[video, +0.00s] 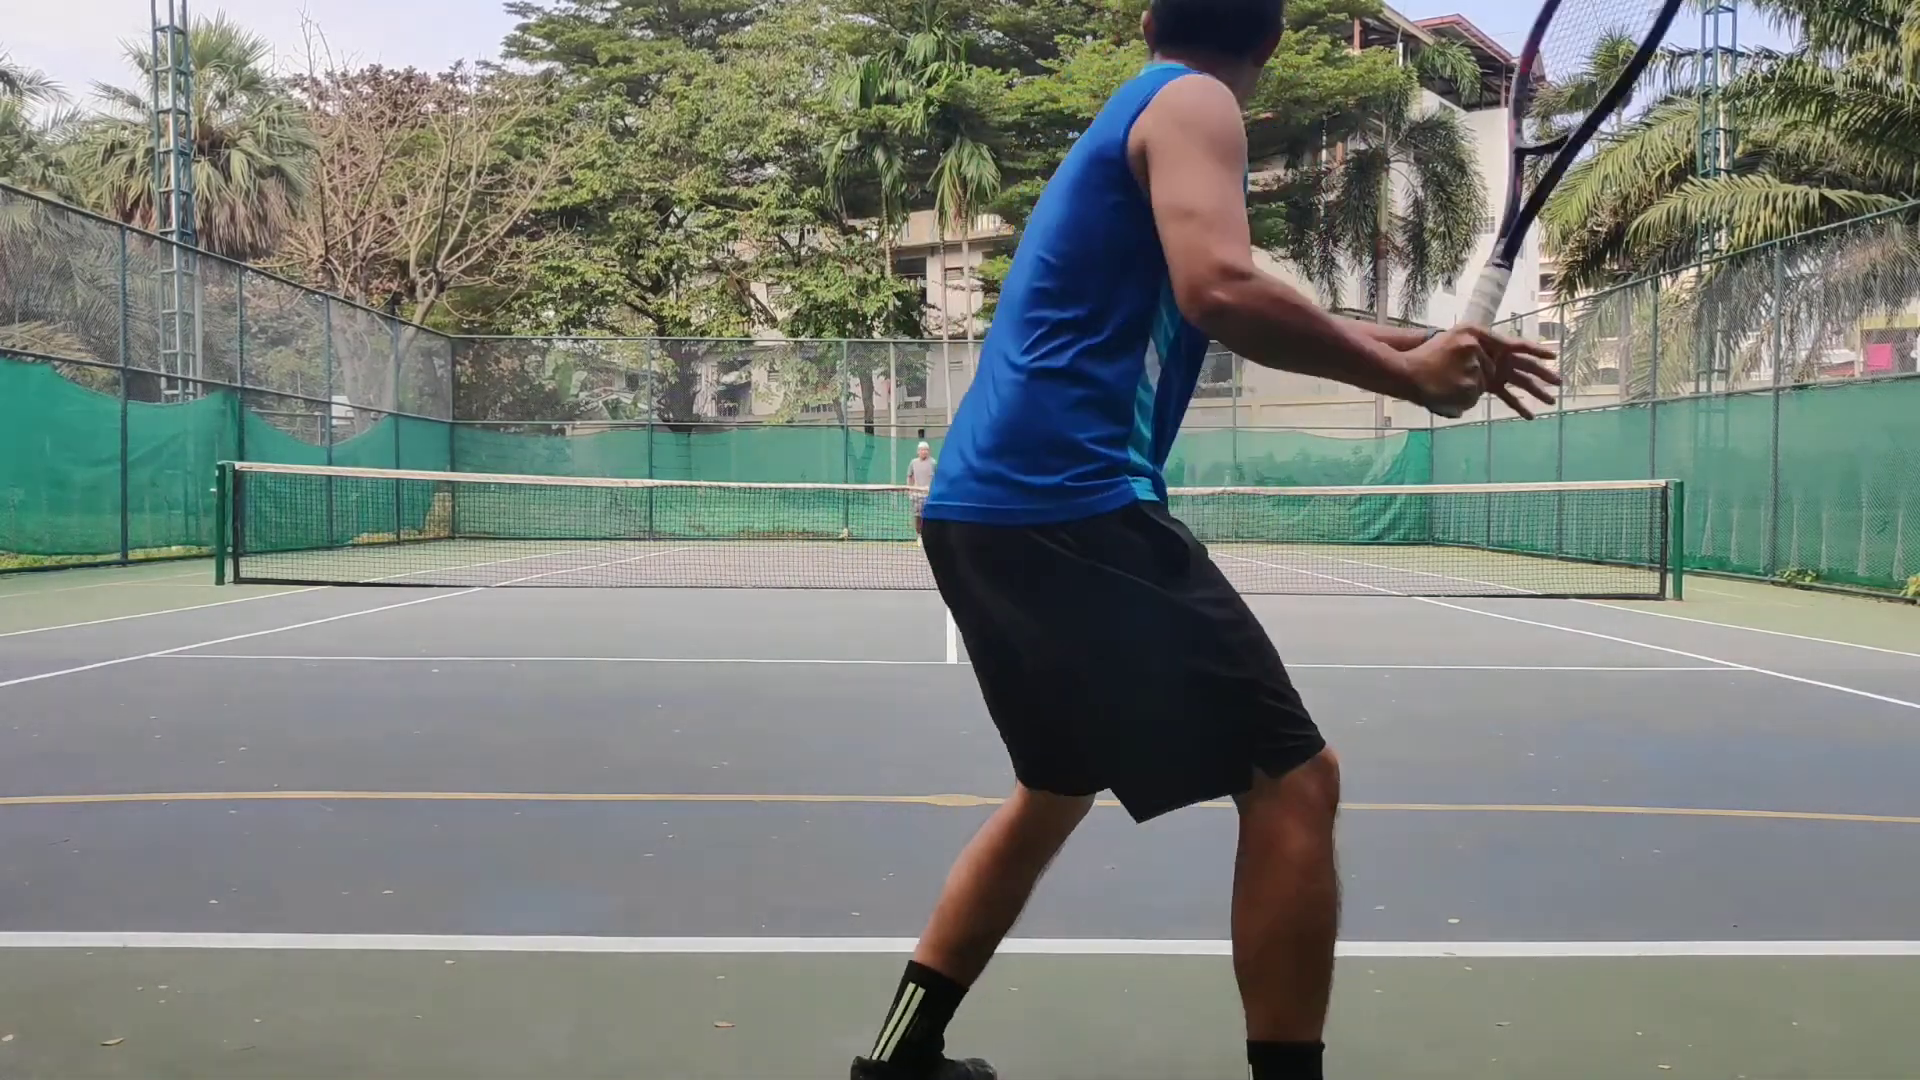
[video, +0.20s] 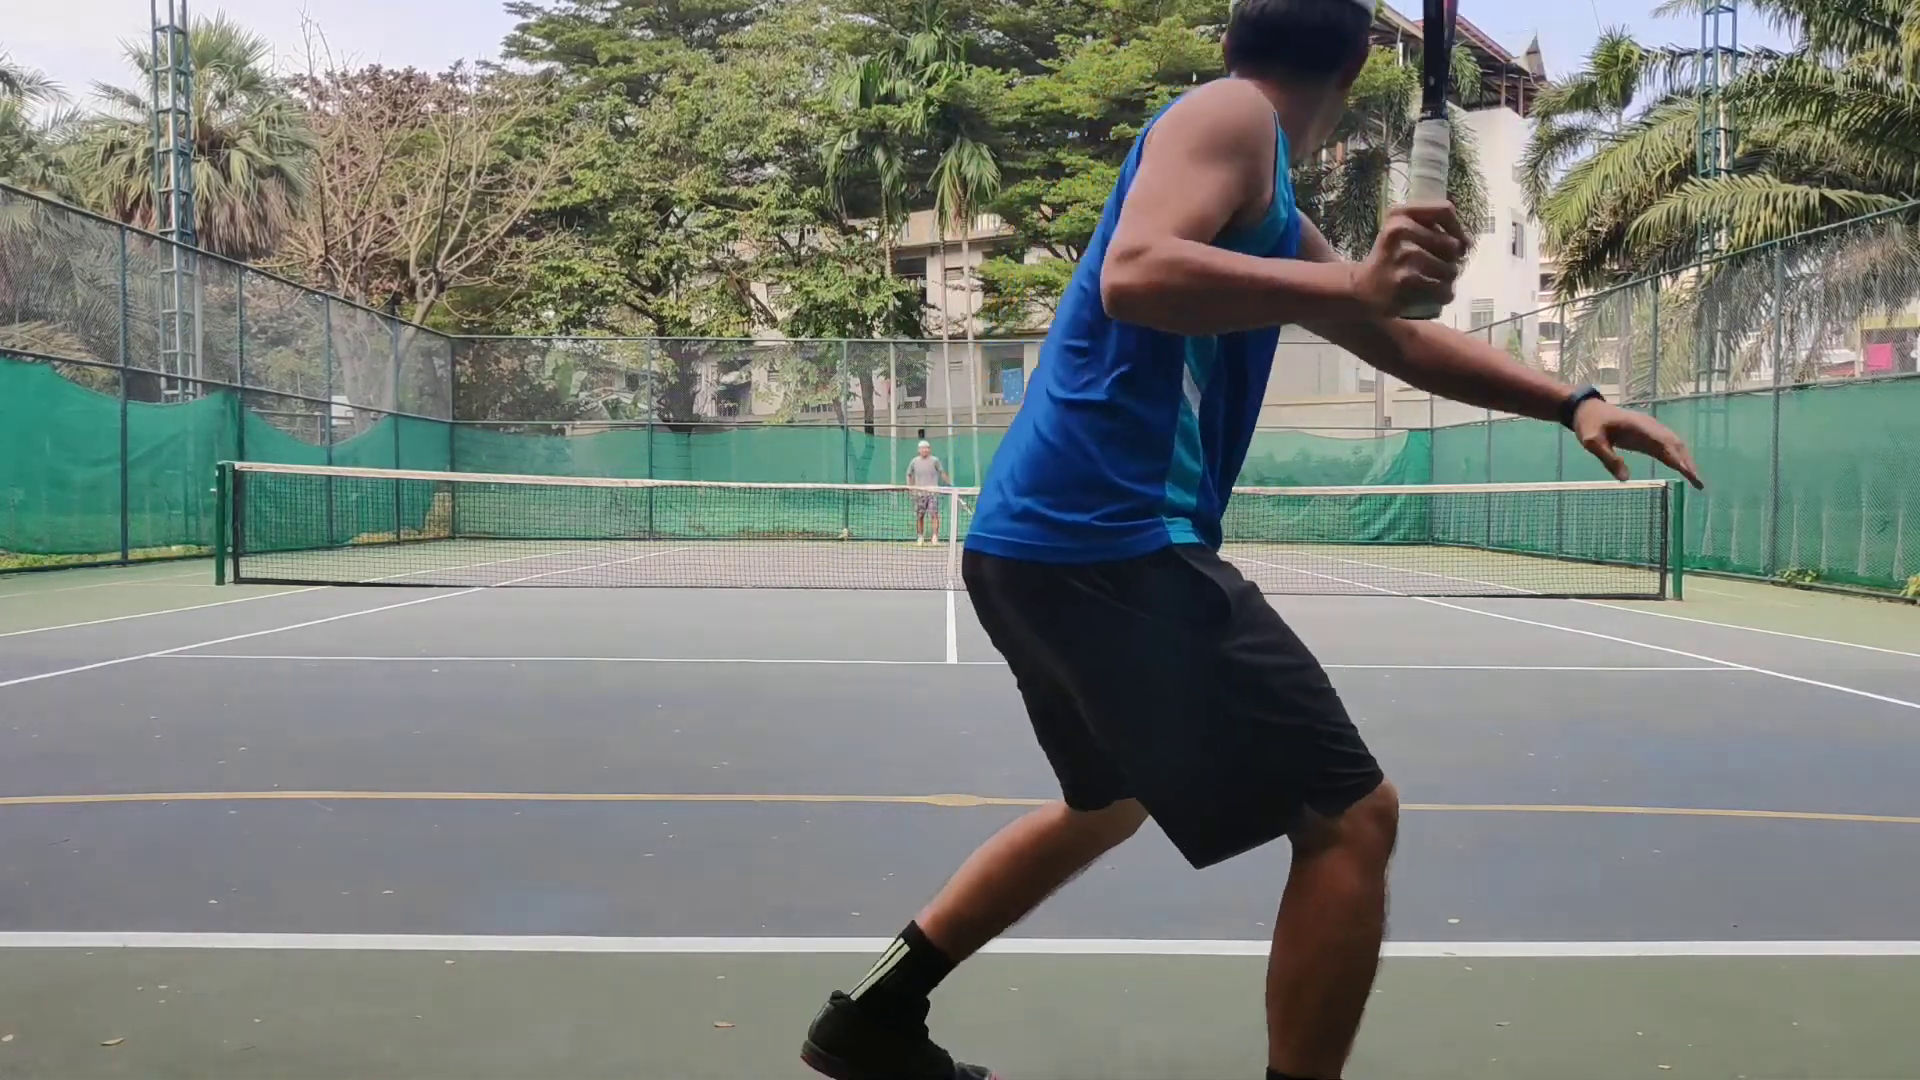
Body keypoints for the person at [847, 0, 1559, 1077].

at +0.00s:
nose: (1278, 51)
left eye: (1273, 39)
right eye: (1278, 35)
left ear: (1159, 26)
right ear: (1266, 35)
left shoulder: (1132, 117)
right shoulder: (1192, 102)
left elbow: (1239, 318)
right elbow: (1219, 287)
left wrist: (1408, 345)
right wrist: (1409, 371)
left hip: (981, 507)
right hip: (1076, 505)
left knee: (1057, 779)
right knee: (1294, 786)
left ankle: (903, 1047)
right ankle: (1288, 1076)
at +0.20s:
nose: (1360, 85)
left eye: (1360, 67)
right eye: (1364, 63)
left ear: (1240, 46)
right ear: (1344, 64)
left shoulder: (1258, 200)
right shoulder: (1229, 116)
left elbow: (1397, 342)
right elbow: (1138, 272)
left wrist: (1570, 403)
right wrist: (1351, 288)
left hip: (1031, 541)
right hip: (1110, 544)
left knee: (1113, 795)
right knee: (1352, 821)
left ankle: (878, 1011)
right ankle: (1302, 1072)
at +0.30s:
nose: (1397, 77)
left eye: (1391, 60)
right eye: (1402, 57)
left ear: (1275, 41)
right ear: (1391, 61)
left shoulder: (1293, 213)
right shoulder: (1241, 120)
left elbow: (1420, 348)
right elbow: (1103, 279)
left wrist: (1590, 449)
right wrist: (1290, 341)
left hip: (1064, 555)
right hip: (1129, 557)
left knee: (1130, 815)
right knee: (1372, 829)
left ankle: (888, 1013)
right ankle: (1305, 1074)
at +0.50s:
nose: (1436, 79)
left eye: (1439, 58)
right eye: (1444, 55)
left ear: (1321, 25)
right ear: (1432, 49)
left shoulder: (1325, 174)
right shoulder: (1286, 114)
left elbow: (1413, 328)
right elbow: (1160, 296)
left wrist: (1520, 458)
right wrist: (1305, 452)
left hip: (1078, 549)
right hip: (1153, 556)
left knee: (1117, 823)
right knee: (1392, 827)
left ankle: (880, 1024)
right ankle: (1310, 1069)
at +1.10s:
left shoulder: (1102, 12)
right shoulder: (1251, 17)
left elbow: (988, 65)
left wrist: (872, 70)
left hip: (1075, 460)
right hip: (1244, 462)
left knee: (985, 797)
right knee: (1264, 820)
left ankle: (957, 1067)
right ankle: (1291, 1071)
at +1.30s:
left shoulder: (1040, 32)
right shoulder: (1073, 51)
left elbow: (1155, 184)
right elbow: (888, 94)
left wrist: (933, 237)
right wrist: (827, 37)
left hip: (1013, 507)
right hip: (1153, 509)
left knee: (926, 816)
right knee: (1199, 810)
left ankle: (955, 1073)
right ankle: (1330, 1069)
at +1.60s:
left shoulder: (991, 13)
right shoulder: (1105, 53)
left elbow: (1061, 166)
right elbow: (1116, 274)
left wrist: (907, 284)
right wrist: (973, 370)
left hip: (1026, 461)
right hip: (1152, 464)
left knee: (931, 785)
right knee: (1132, 762)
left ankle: (953, 1071)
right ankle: (1183, 1042)